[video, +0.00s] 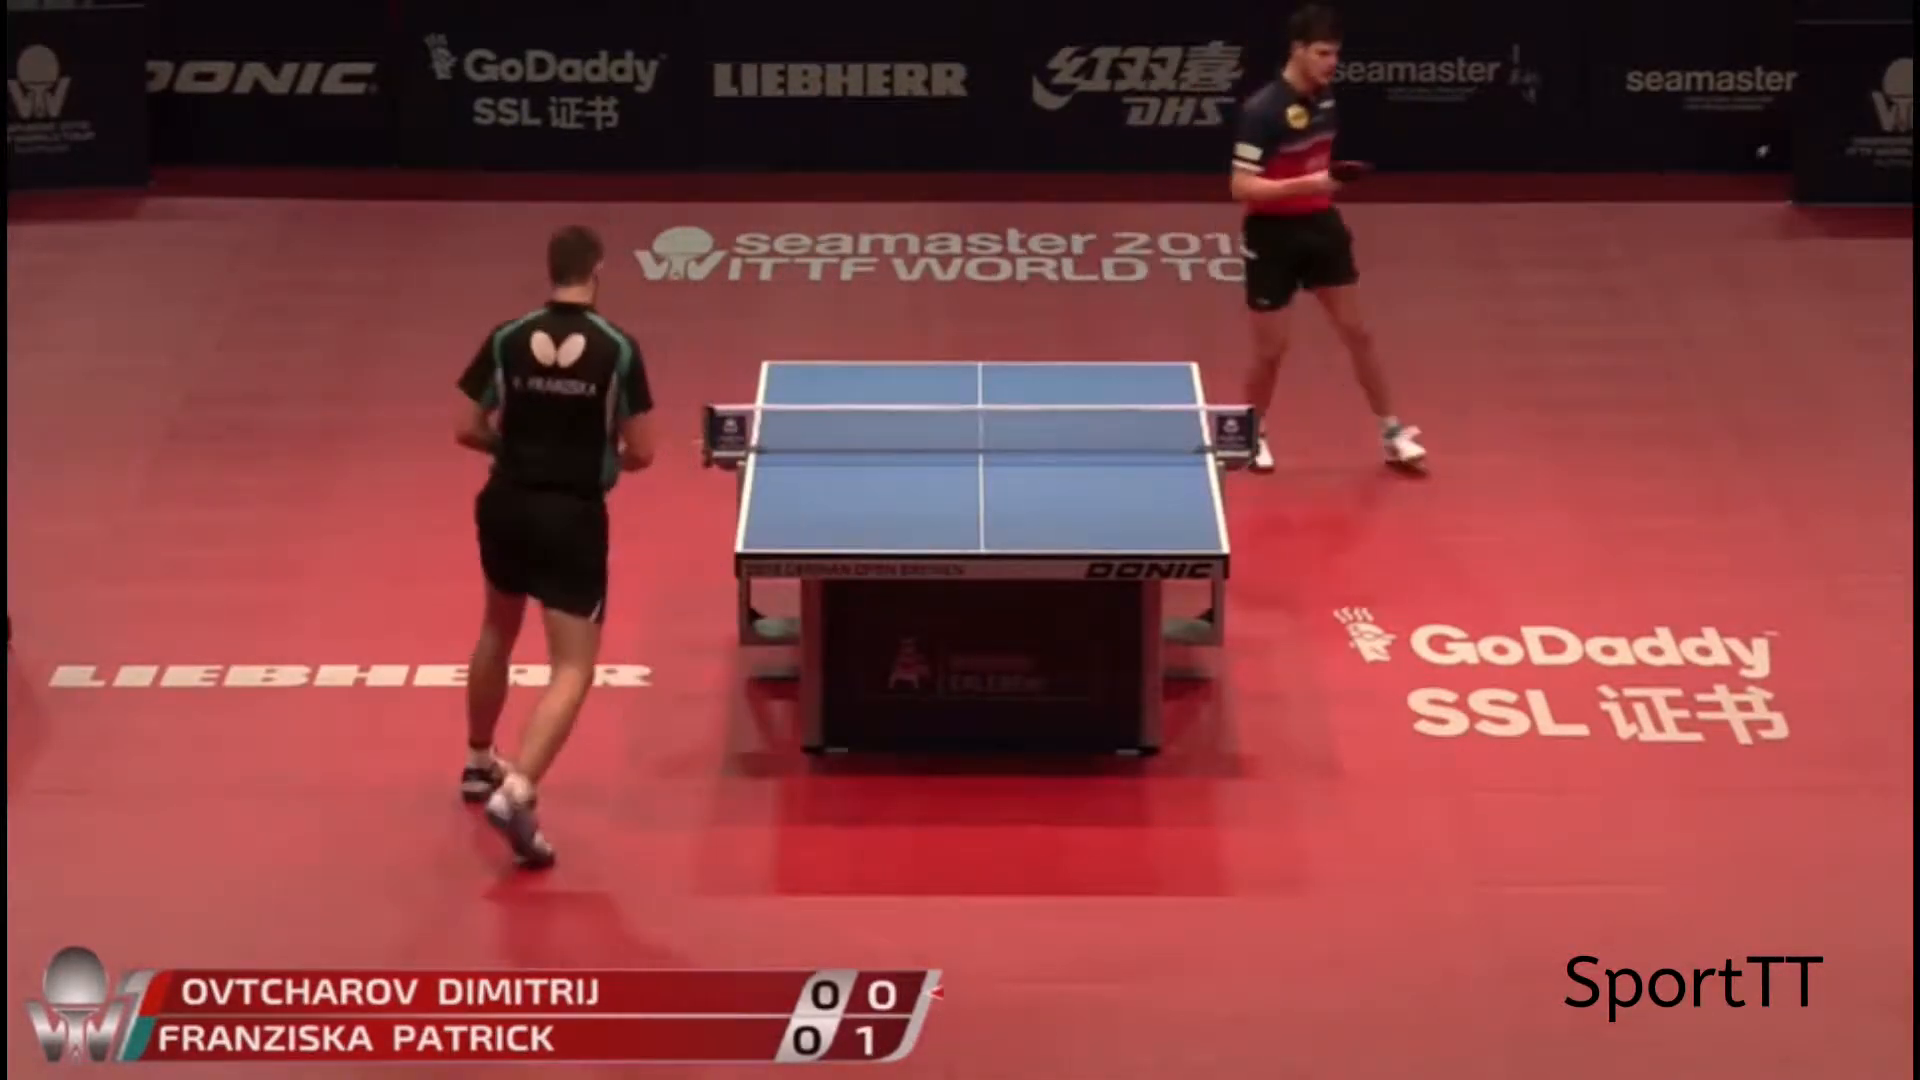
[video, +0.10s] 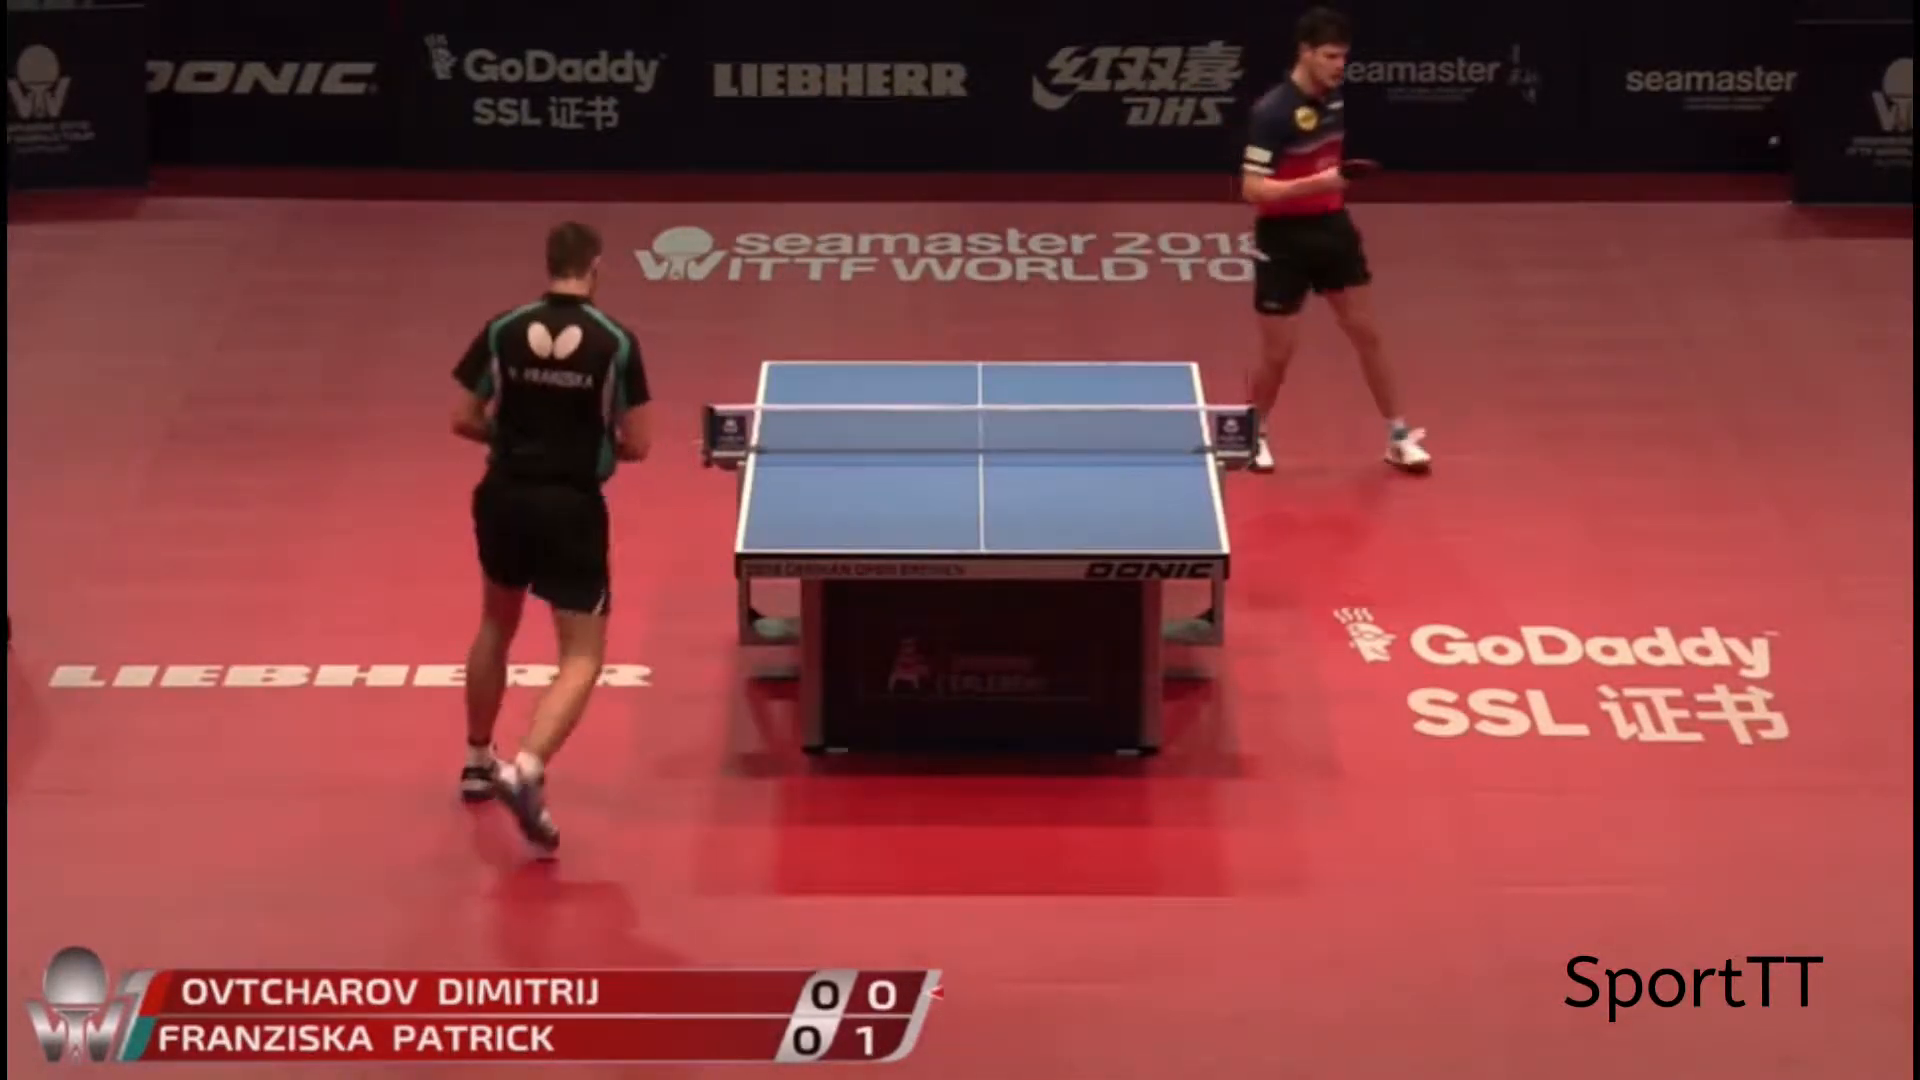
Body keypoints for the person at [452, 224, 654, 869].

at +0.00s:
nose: (596, 280)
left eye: (584, 270)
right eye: (599, 271)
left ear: (549, 272)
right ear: (595, 275)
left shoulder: (507, 338)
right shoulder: (619, 349)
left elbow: (468, 427)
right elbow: (640, 451)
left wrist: (515, 447)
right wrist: (603, 450)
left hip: (504, 506)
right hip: (574, 516)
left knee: (497, 629)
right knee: (572, 668)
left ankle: (479, 760)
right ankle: (518, 791)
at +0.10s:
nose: (594, 276)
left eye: (582, 265)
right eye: (597, 267)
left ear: (547, 266)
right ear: (593, 270)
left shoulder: (502, 330)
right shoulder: (617, 343)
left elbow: (465, 418)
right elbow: (637, 442)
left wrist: (511, 438)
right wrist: (592, 434)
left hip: (502, 500)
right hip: (573, 509)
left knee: (495, 625)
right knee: (581, 655)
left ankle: (478, 760)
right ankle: (527, 771)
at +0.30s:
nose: (832, 466)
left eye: (837, 457)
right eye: (830, 454)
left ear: (810, 432)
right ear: (803, 435)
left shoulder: (784, 435)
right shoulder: (740, 457)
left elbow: (826, 504)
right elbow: (735, 560)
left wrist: (888, 529)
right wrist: (810, 534)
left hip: (667, 524)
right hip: (609, 517)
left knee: (736, 616)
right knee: (576, 668)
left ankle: (704, 750)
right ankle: (464, 725)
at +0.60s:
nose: (831, 464)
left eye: (836, 454)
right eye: (830, 453)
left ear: (809, 434)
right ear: (803, 435)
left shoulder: (780, 443)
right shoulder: (737, 451)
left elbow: (799, 520)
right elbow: (726, 554)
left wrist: (871, 532)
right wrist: (806, 531)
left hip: (669, 525)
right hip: (611, 515)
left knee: (737, 618)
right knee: (575, 667)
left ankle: (704, 749)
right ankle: (463, 725)